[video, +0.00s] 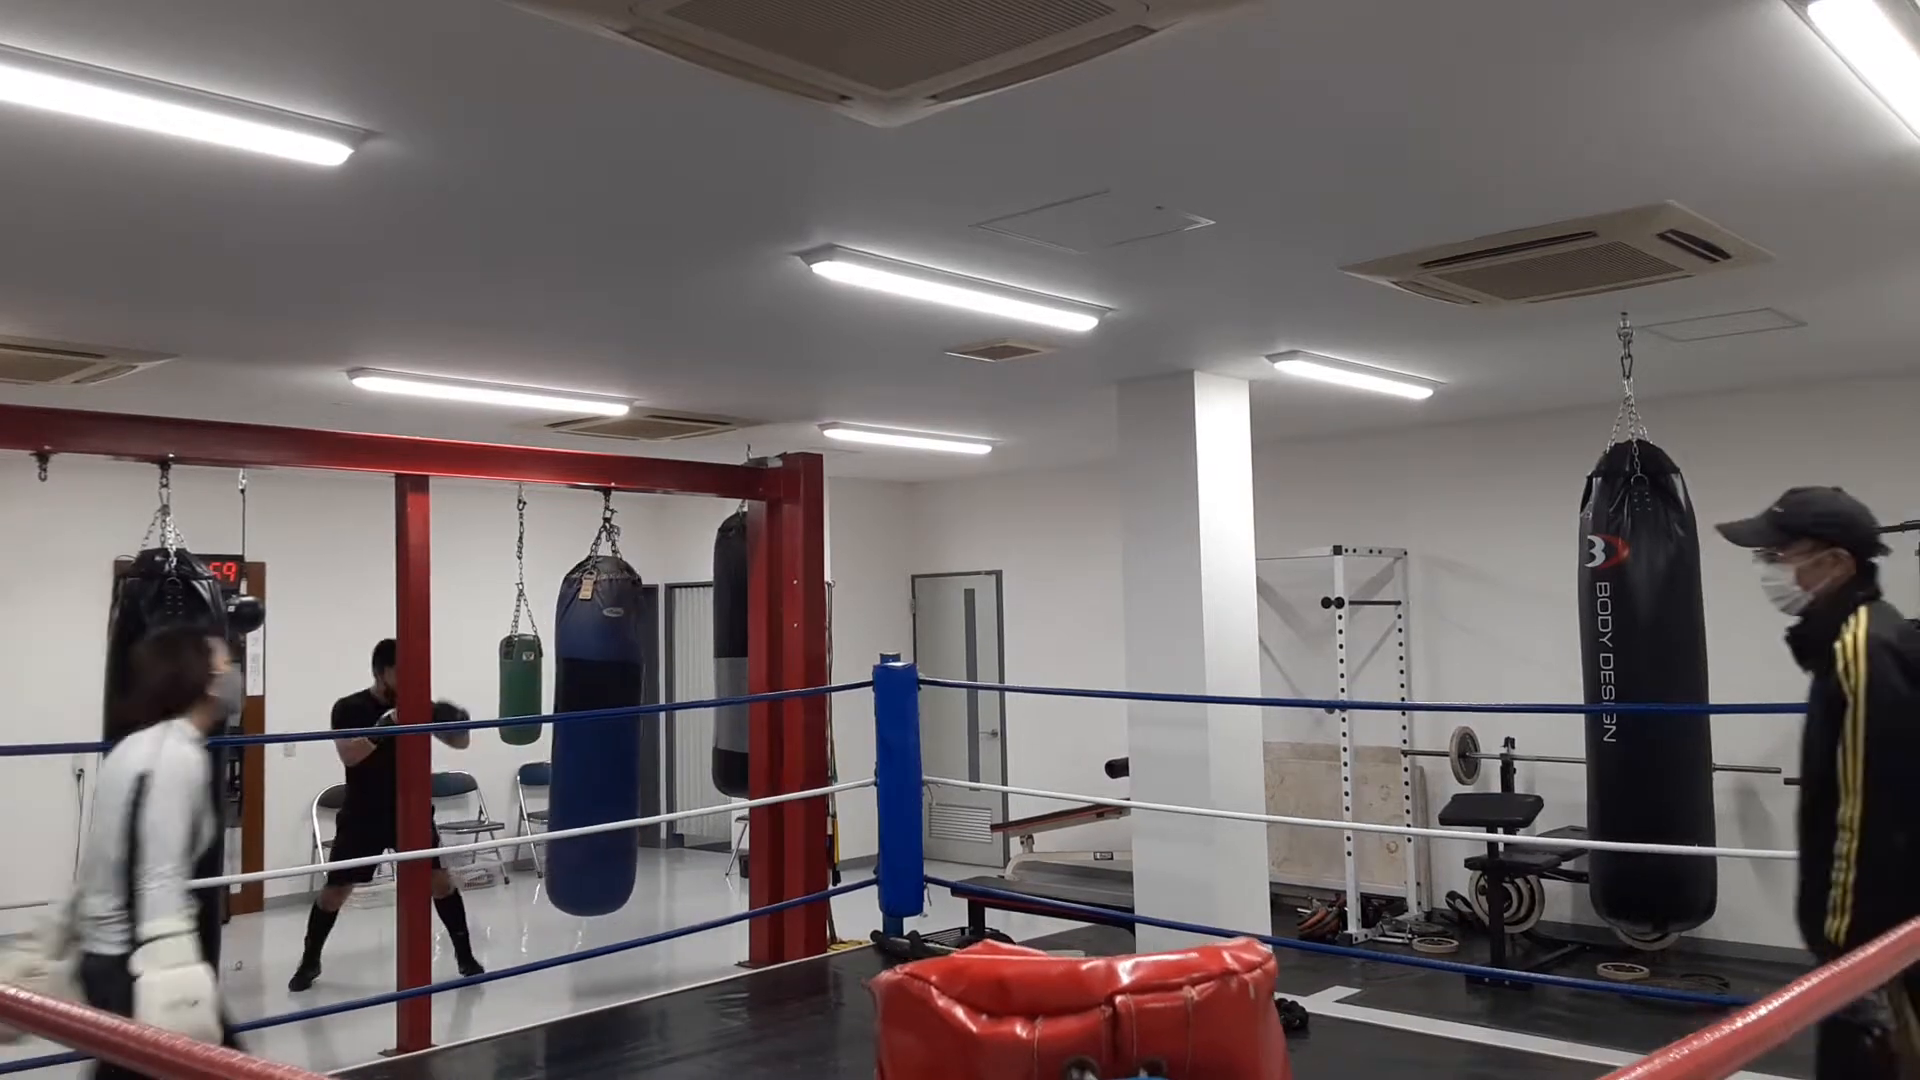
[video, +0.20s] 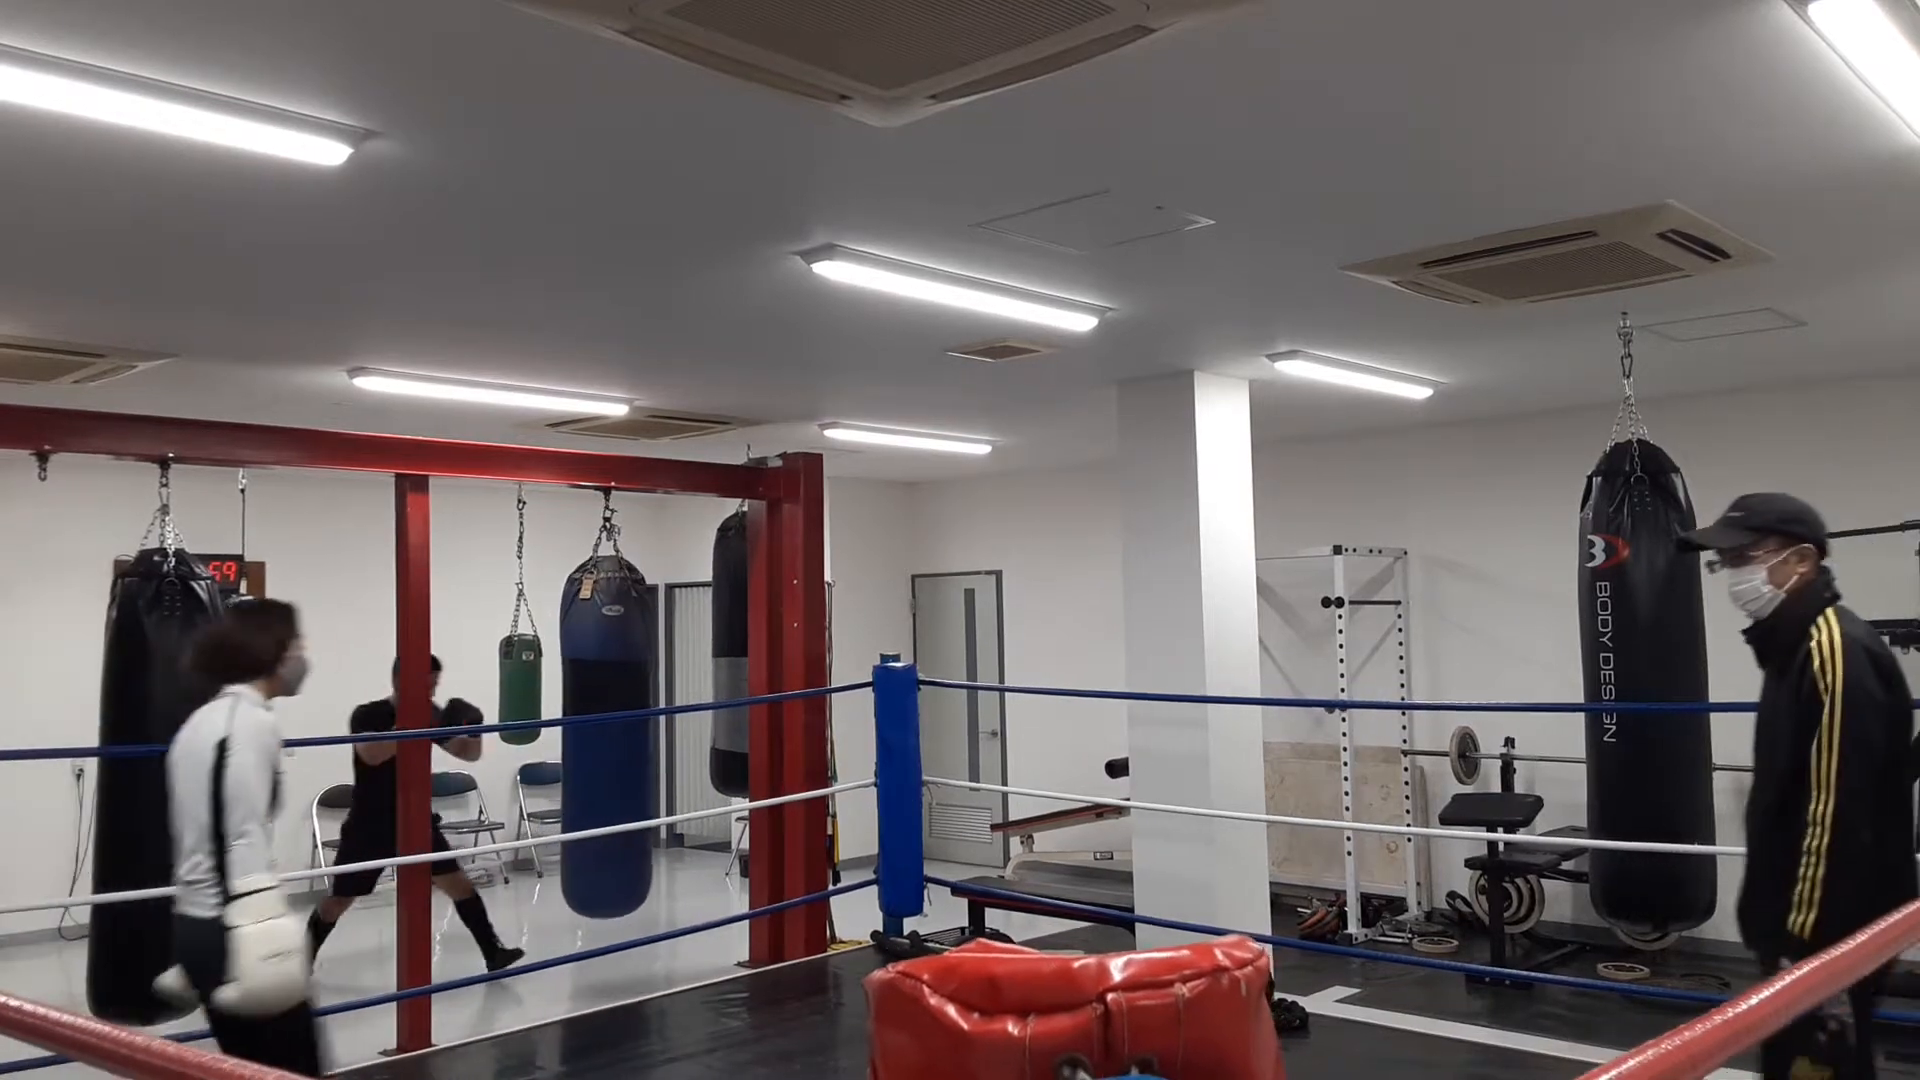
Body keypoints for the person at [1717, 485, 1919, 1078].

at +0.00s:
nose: (1769, 573)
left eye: (1780, 557)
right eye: (1769, 559)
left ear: (1835, 565)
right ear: (1831, 567)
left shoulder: (1861, 646)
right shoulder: (1860, 636)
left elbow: (1863, 810)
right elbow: (1852, 807)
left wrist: (1843, 955)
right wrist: (1839, 944)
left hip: (1871, 960)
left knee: (1858, 1068)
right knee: (1854, 1066)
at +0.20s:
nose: (1732, 576)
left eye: (1745, 559)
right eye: (1728, 563)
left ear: (1800, 559)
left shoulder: (1835, 650)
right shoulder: (1798, 645)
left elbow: (1832, 809)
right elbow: (1797, 797)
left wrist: (1801, 951)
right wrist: (1775, 931)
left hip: (1827, 946)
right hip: (1795, 935)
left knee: (1813, 1067)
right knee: (1789, 1064)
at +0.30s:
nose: (1714, 581)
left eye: (1728, 564)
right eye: (1708, 568)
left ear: (1783, 560)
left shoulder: (1823, 650)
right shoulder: (1768, 645)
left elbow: (1825, 809)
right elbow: (1769, 793)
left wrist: (1785, 945)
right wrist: (1749, 919)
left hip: (1808, 941)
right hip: (1762, 928)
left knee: (1810, 1065)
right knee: (1763, 1060)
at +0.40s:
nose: (1696, 582)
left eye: (1712, 565)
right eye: (1686, 569)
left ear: (1764, 560)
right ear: (1677, 573)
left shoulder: (1810, 651)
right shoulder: (1736, 651)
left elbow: (1822, 813)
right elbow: (1742, 791)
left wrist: (1774, 943)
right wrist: (1717, 903)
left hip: (1791, 941)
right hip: (1738, 925)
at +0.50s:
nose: (1678, 585)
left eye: (1693, 567)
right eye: (1667, 572)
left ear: (1741, 563)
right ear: (1657, 575)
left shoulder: (1792, 655)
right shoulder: (1711, 654)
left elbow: (1810, 816)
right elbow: (1706, 789)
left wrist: (1766, 954)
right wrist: (1675, 879)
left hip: (1777, 933)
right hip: (1724, 916)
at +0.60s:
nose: (1654, 590)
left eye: (1668, 571)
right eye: (1642, 577)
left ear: (1715, 566)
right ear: (1632, 581)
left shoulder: (1761, 657)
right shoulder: (1685, 656)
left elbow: (1787, 815)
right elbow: (1684, 791)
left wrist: (1765, 961)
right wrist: (1647, 877)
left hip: (1753, 935)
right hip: (1703, 922)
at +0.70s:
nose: (1628, 588)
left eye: (1644, 570)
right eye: (1616, 575)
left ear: (1692, 568)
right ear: (1605, 580)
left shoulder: (1731, 662)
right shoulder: (1662, 661)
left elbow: (1756, 823)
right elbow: (1660, 796)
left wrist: (1751, 971)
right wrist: (1621, 878)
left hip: (1715, 947)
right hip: (1671, 936)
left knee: (1710, 1070)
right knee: (1668, 1067)